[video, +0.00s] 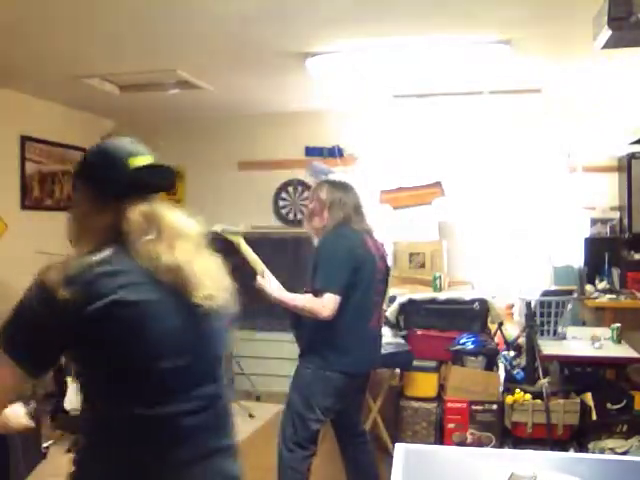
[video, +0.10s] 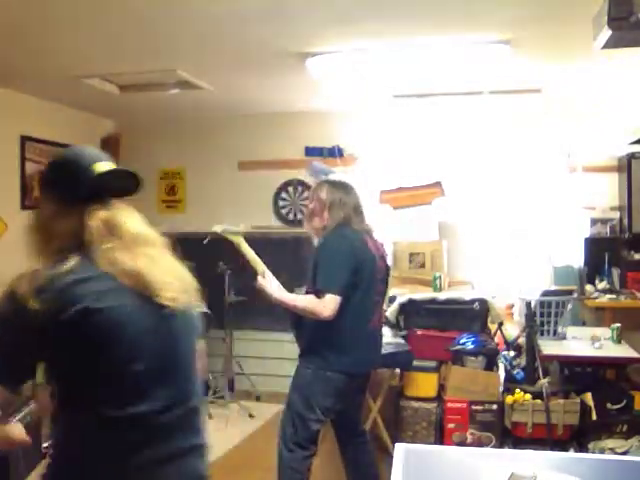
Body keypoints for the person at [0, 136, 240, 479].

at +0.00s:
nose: (70, 216)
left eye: (74, 203)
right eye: (71, 204)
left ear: (98, 203)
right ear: (155, 203)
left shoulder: (71, 287)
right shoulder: (207, 270)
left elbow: (7, 388)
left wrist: (18, 419)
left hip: (119, 471)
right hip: (215, 466)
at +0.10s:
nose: (36, 223)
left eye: (41, 210)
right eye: (39, 210)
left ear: (58, 214)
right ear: (118, 207)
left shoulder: (42, 296)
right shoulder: (177, 281)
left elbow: (10, 385)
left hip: (90, 470)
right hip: (184, 465)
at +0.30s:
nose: (25, 205)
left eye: (29, 197)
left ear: (39, 201)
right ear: (100, 196)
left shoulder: (30, 269)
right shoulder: (150, 263)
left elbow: (4, 345)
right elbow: (179, 365)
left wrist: (19, 406)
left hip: (72, 445)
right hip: (151, 441)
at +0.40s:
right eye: (107, 186)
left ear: (45, 197)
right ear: (107, 192)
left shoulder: (30, 261)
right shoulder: (150, 254)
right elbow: (179, 348)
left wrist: (22, 394)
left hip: (71, 434)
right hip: (151, 429)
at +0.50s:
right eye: (120, 201)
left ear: (65, 207)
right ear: (119, 205)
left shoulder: (41, 270)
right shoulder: (157, 262)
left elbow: (2, 370)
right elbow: (181, 351)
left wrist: (37, 398)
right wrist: (151, 382)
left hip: (73, 432)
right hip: (149, 430)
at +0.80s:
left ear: (108, 222)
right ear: (160, 225)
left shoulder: (71, 275)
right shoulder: (186, 287)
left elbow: (21, 364)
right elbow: (194, 378)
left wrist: (44, 418)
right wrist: (156, 390)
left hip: (79, 435)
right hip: (148, 438)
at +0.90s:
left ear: (121, 222)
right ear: (175, 230)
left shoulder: (76, 275)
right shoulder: (191, 295)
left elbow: (16, 342)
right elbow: (198, 392)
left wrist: (34, 412)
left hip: (74, 434)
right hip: (144, 442)